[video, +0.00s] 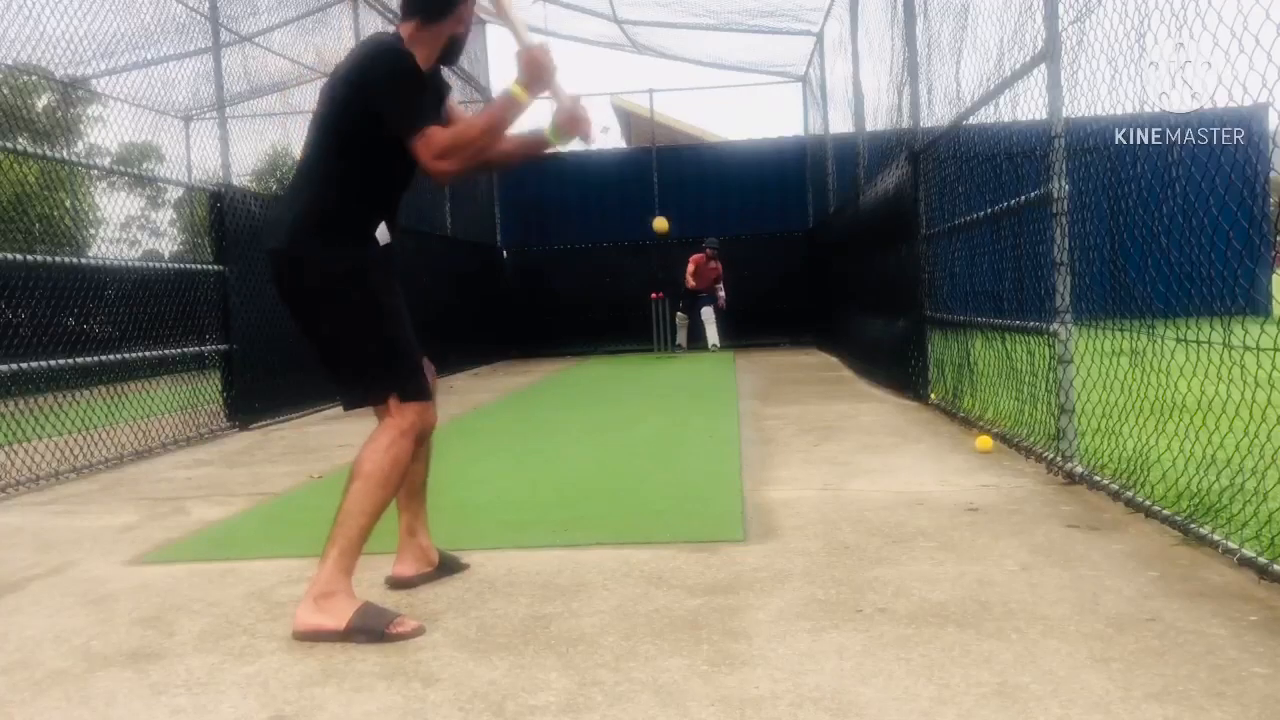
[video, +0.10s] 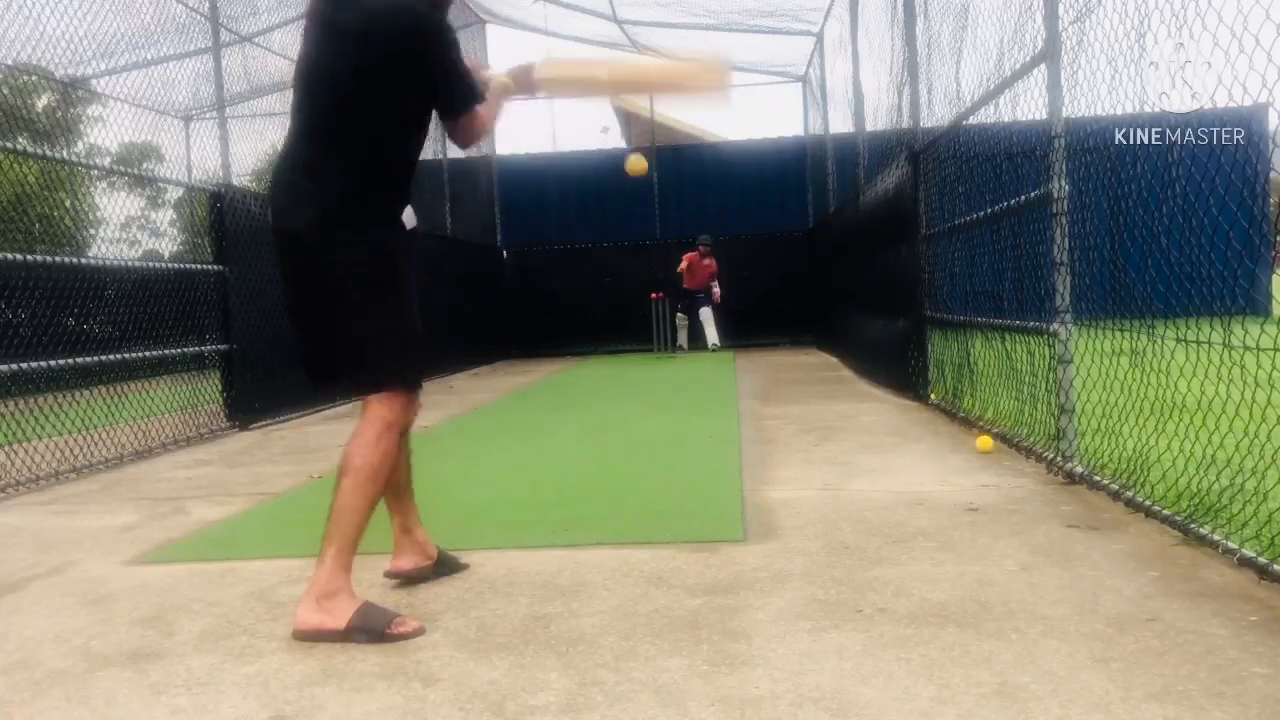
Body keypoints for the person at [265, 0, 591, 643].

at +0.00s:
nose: (470, 28)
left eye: (470, 19)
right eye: (470, 16)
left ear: (412, 15)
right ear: (459, 18)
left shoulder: (414, 75)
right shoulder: (387, 61)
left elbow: (462, 153)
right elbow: (440, 153)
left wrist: (551, 136)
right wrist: (522, 89)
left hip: (347, 250)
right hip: (322, 255)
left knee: (417, 385)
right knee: (407, 412)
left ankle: (416, 551)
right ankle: (326, 596)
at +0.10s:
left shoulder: (331, 7)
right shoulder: (419, 19)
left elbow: (370, 85)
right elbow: (466, 129)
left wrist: (458, 77)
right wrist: (499, 90)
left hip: (303, 209)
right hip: (362, 219)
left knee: (388, 391)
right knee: (391, 400)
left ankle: (412, 542)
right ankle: (327, 595)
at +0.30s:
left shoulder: (349, 17)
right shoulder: (445, 17)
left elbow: (325, 52)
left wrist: (233, 26)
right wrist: (242, 29)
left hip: (318, 203)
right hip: (399, 208)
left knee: (371, 378)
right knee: (365, 391)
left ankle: (391, 535)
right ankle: (324, 597)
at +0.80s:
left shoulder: (329, 16)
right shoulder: (419, 13)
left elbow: (259, 4)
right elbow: (266, 7)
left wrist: (325, 50)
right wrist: (318, 45)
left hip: (300, 202)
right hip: (367, 207)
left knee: (350, 382)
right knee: (358, 396)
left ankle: (393, 533)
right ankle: (324, 595)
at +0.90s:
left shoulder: (330, 10)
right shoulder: (426, 16)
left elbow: (206, 41)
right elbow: (326, 74)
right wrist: (245, 34)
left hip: (304, 211)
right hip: (376, 218)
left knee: (356, 386)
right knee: (363, 398)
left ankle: (396, 535)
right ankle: (325, 596)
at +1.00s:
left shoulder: (287, 3)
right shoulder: (432, 21)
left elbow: (201, 106)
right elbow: (389, 117)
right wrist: (284, 99)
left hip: (299, 216)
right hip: (384, 219)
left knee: (364, 387)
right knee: (368, 399)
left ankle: (400, 540)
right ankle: (325, 598)